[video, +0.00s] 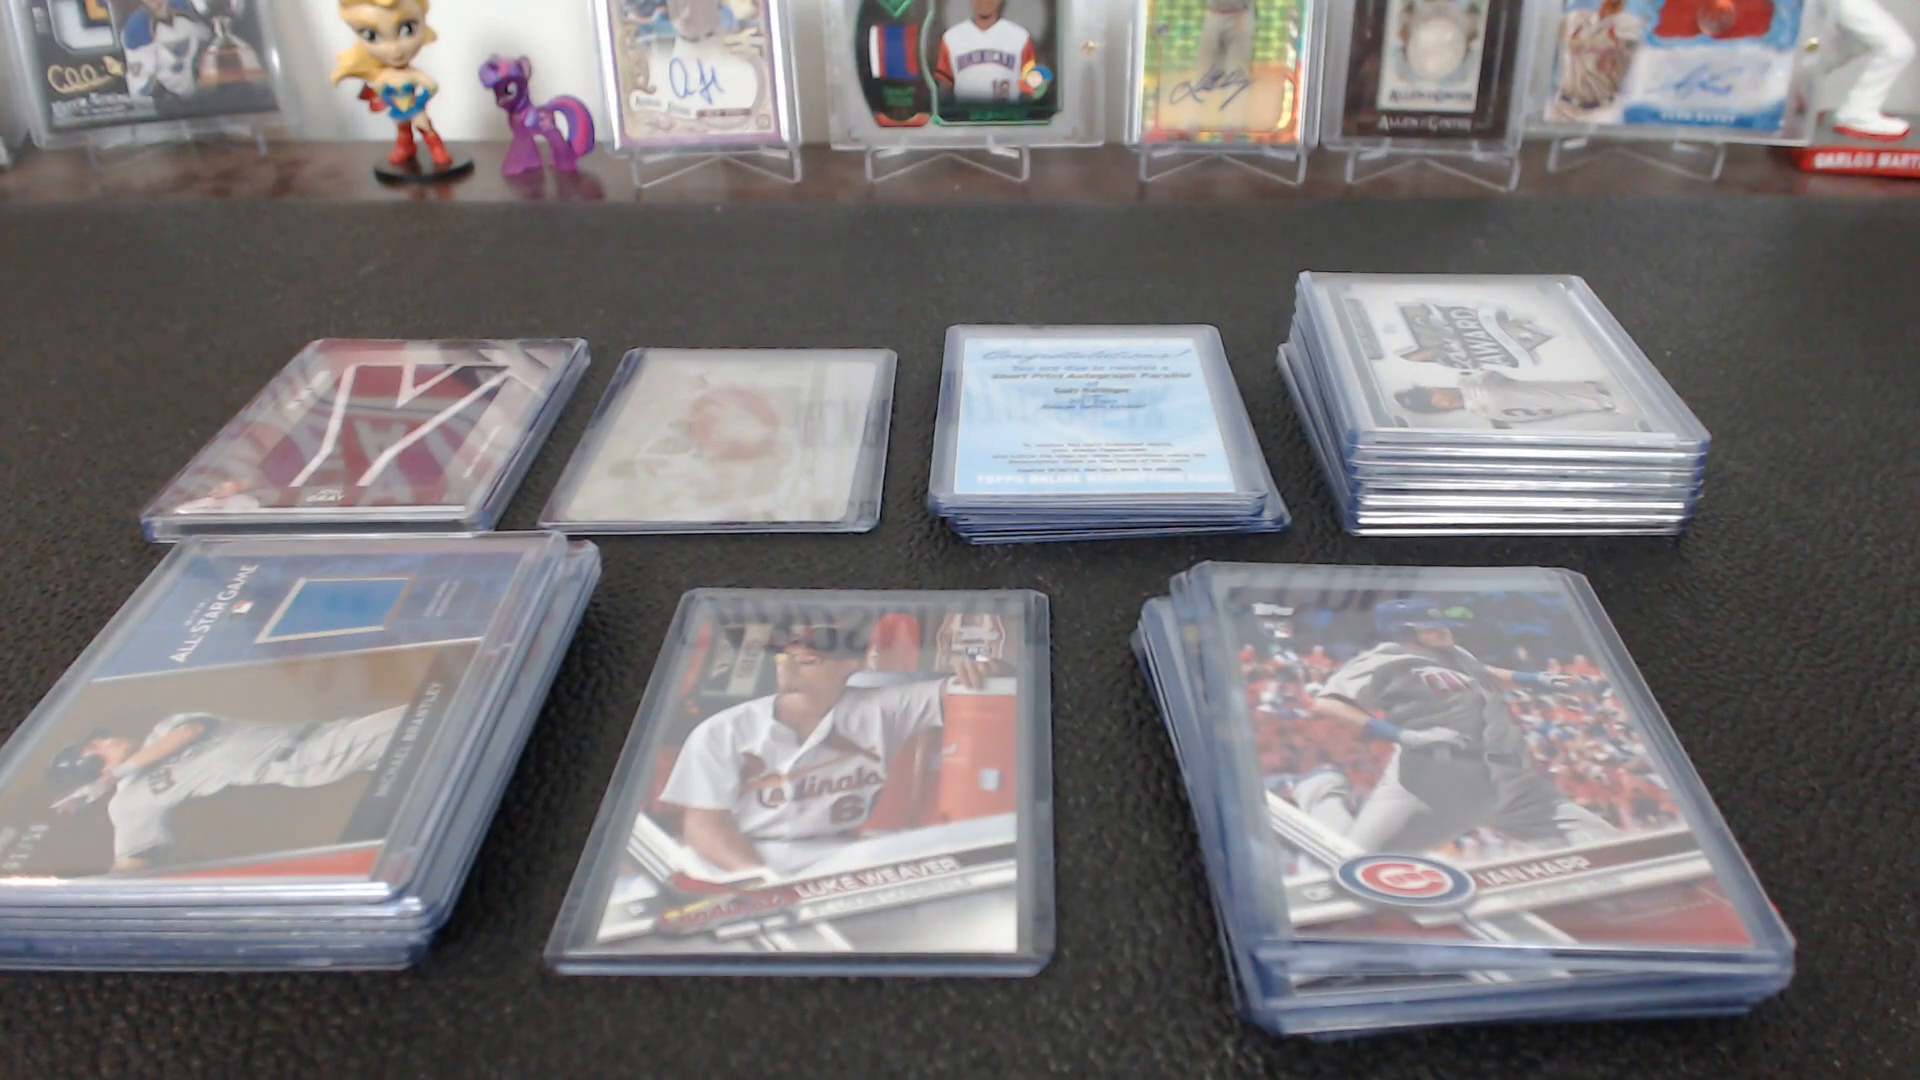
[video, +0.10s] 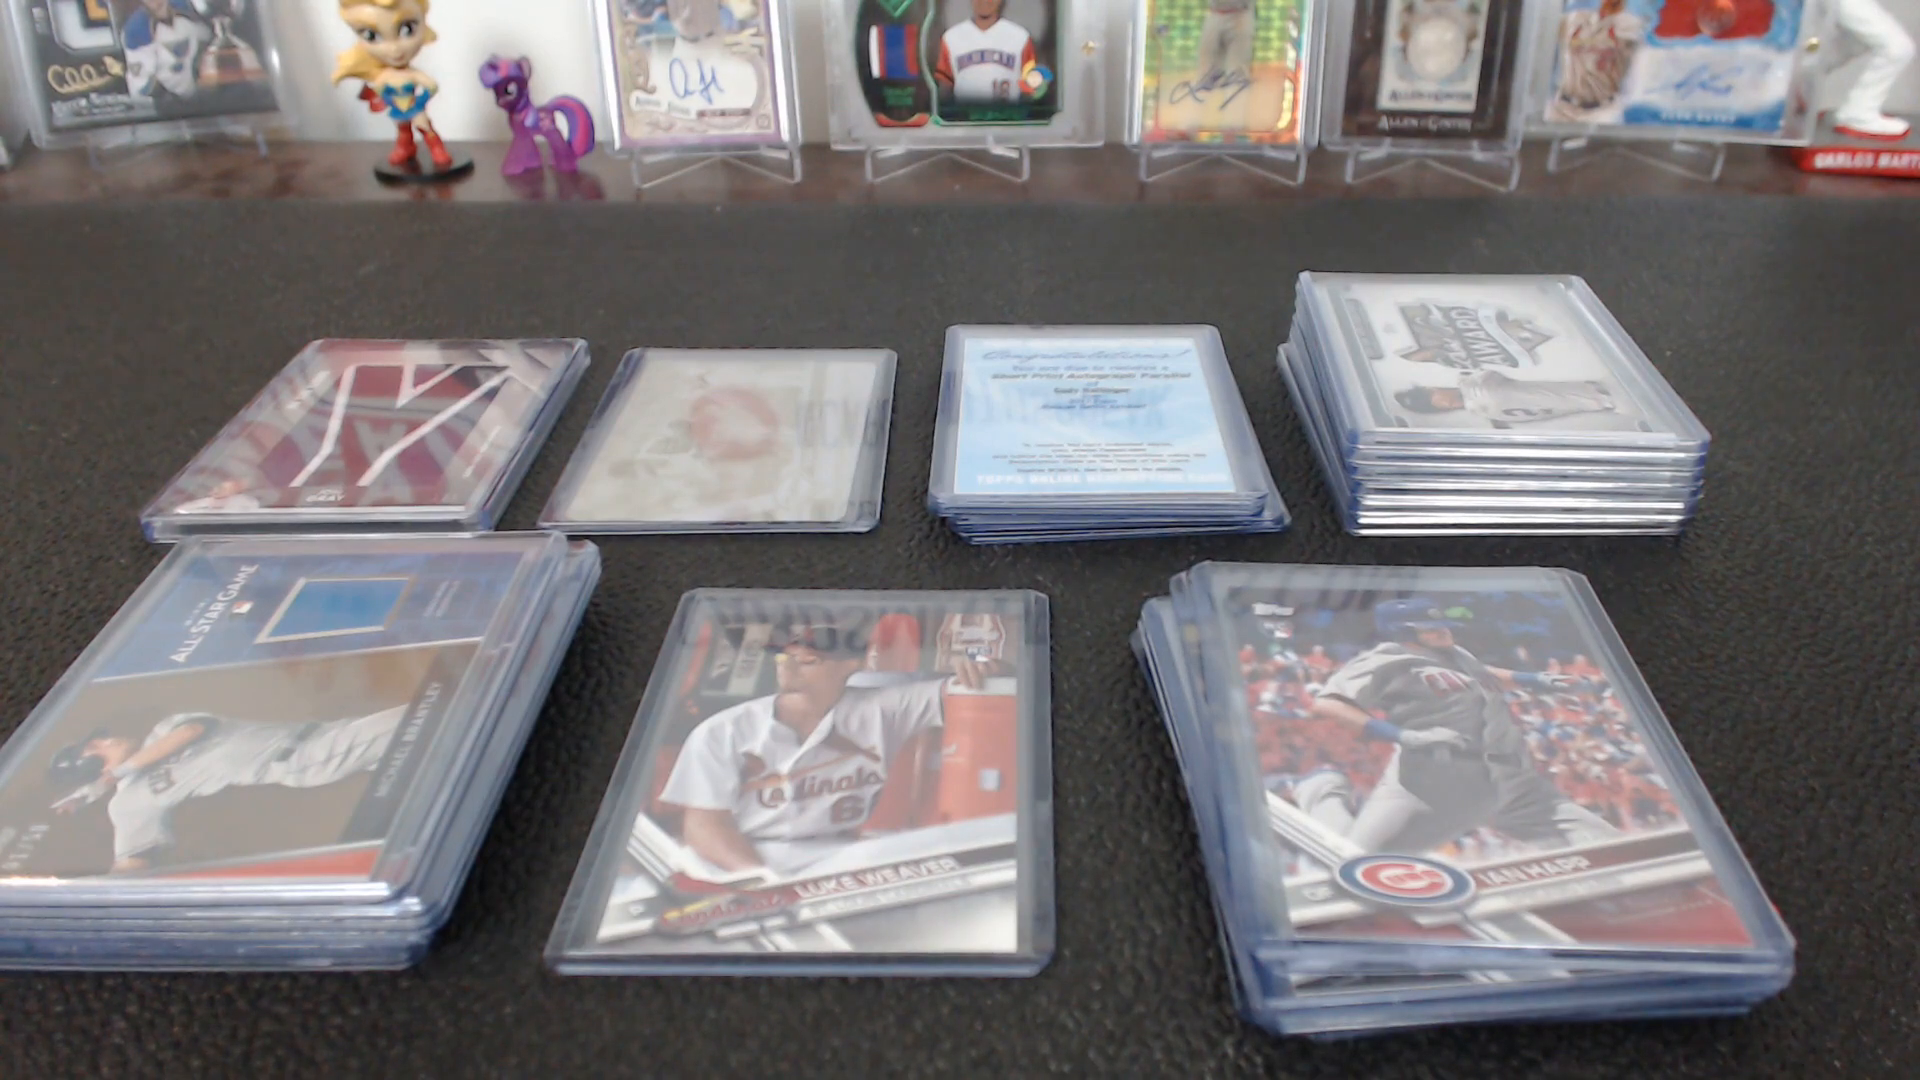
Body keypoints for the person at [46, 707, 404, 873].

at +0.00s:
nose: (109, 740)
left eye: (98, 740)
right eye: (99, 747)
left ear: (107, 743)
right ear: (100, 769)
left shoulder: (163, 727)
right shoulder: (131, 799)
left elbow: (193, 732)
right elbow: (130, 870)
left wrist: (116, 774)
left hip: (312, 731)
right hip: (300, 759)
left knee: (415, 720)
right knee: (413, 717)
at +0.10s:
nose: (109, 739)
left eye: (99, 739)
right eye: (99, 745)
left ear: (106, 743)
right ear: (100, 767)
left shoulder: (161, 727)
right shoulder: (131, 799)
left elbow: (193, 732)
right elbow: (130, 869)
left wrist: (117, 774)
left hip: (311, 732)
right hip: (299, 759)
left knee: (415, 720)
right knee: (413, 717)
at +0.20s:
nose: (110, 740)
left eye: (99, 740)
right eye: (100, 746)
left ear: (106, 742)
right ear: (100, 766)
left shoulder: (162, 727)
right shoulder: (131, 799)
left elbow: (193, 732)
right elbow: (129, 870)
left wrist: (117, 774)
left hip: (311, 732)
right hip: (298, 760)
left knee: (415, 720)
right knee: (413, 717)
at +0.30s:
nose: (110, 739)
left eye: (99, 739)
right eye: (100, 745)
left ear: (106, 743)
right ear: (100, 766)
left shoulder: (162, 727)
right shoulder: (131, 799)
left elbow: (193, 732)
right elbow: (130, 870)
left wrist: (117, 774)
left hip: (311, 731)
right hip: (298, 760)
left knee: (415, 720)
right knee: (413, 717)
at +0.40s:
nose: (109, 740)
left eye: (99, 740)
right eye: (99, 746)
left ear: (106, 742)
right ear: (100, 767)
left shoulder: (162, 727)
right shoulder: (131, 799)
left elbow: (193, 732)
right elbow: (130, 869)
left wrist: (119, 773)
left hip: (310, 731)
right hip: (298, 760)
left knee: (415, 720)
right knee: (412, 717)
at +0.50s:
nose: (109, 740)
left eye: (99, 739)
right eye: (99, 746)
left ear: (106, 742)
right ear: (100, 767)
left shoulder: (162, 727)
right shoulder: (131, 799)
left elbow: (193, 732)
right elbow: (129, 870)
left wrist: (118, 773)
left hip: (310, 731)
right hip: (298, 760)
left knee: (414, 721)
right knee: (412, 717)